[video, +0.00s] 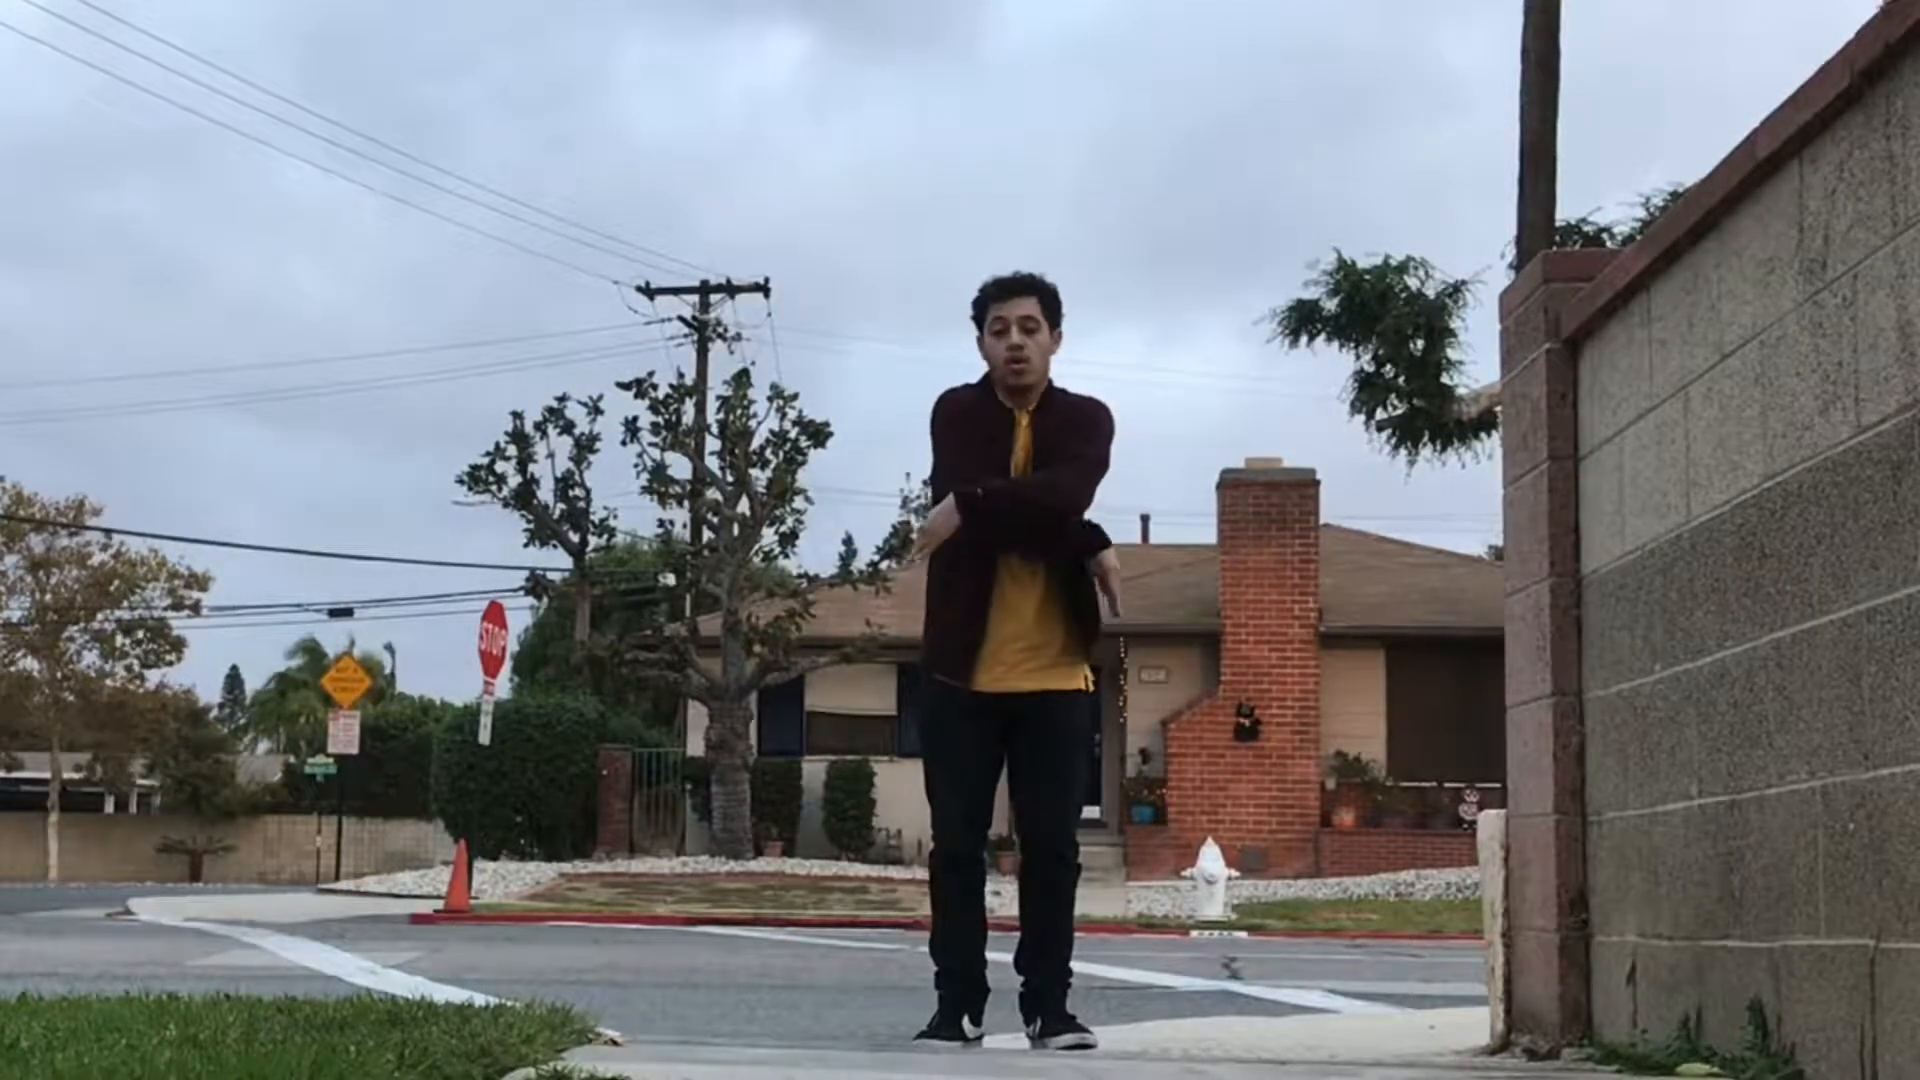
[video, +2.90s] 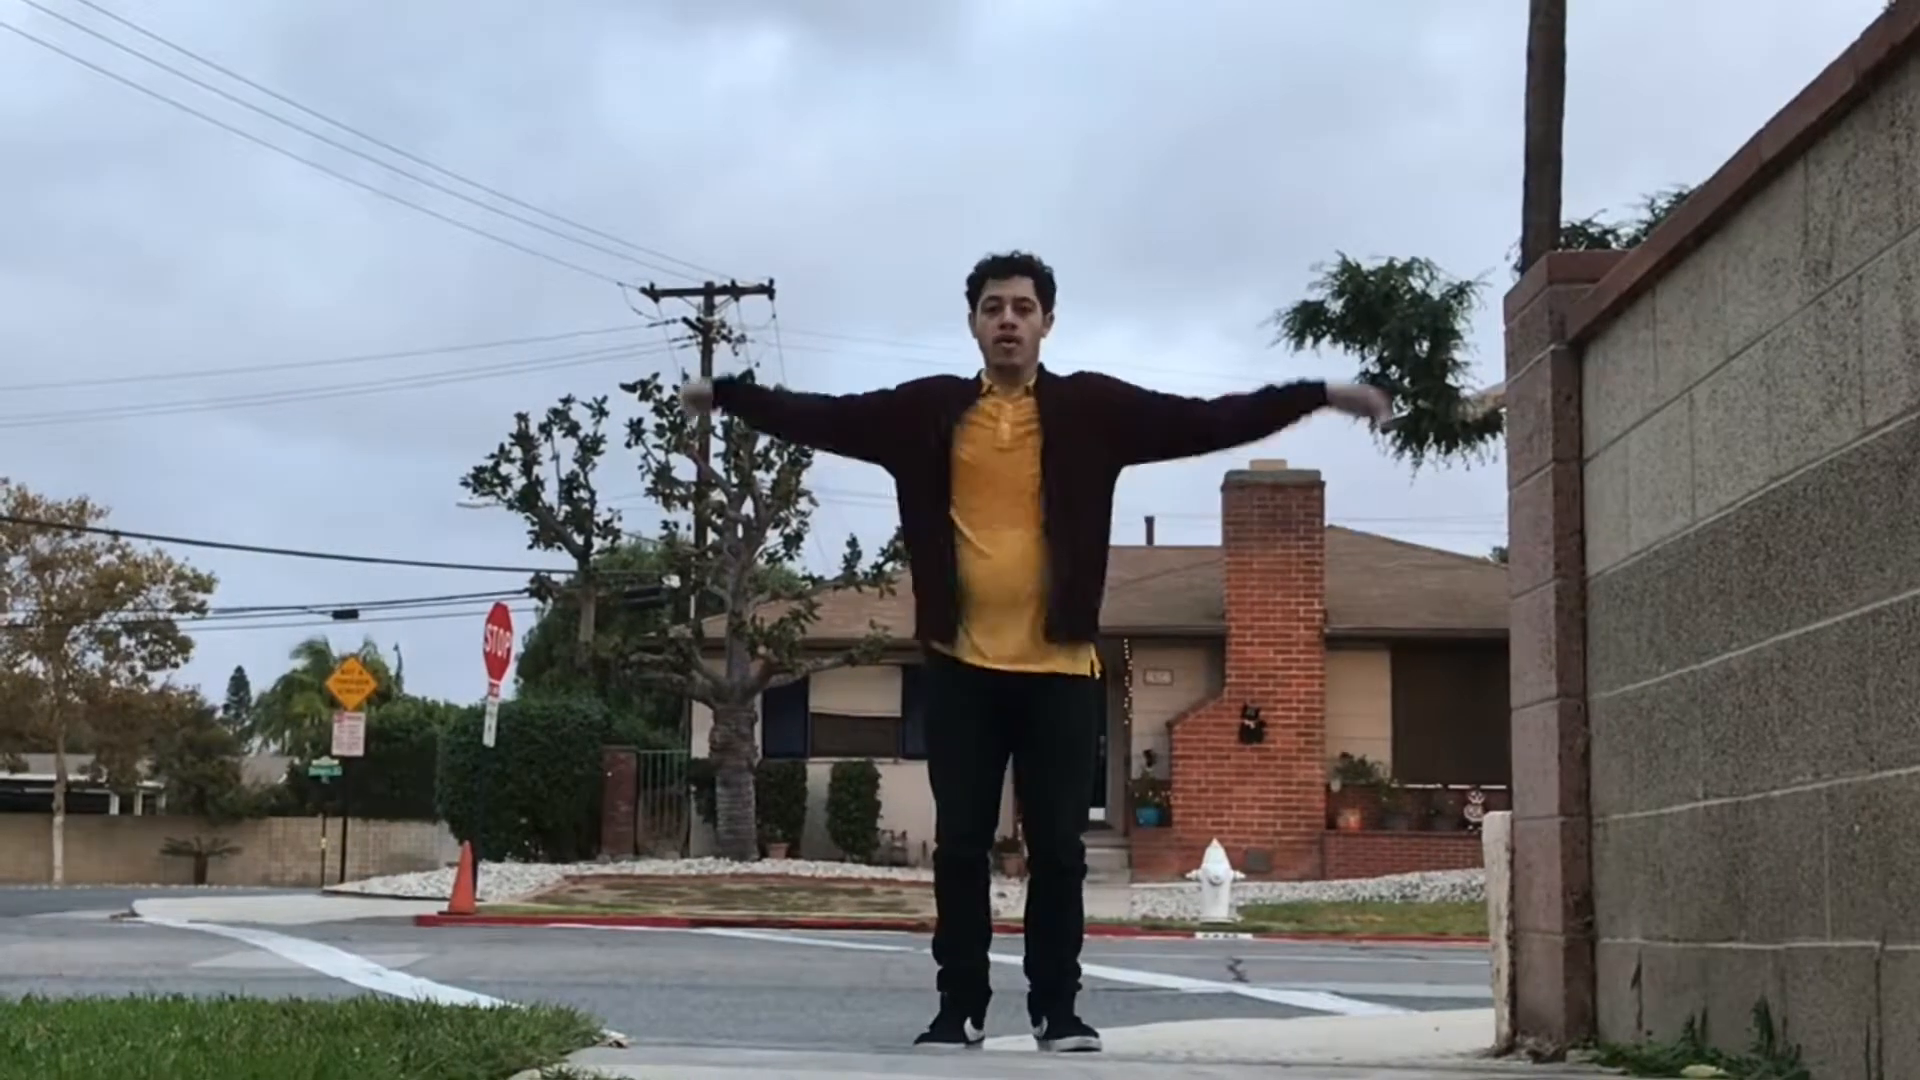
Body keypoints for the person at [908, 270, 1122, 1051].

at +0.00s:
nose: (1015, 343)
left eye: (1029, 329)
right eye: (999, 330)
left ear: (1055, 340)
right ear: (981, 342)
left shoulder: (1087, 417)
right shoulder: (956, 411)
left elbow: (1064, 497)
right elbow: (978, 516)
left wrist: (968, 504)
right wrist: (1088, 541)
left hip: (1057, 676)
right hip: (963, 672)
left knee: (1053, 851)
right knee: (957, 847)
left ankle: (1048, 1009)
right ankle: (958, 1007)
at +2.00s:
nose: (1004, 330)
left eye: (1018, 317)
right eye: (989, 317)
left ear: (1040, 331)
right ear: (968, 332)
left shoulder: (1073, 406)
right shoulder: (938, 411)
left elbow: (1081, 491)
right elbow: (942, 510)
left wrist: (997, 540)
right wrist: (1033, 558)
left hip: (1054, 667)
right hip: (960, 668)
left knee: (1062, 847)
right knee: (949, 846)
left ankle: (1048, 1007)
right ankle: (959, 1007)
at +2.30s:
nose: (1009, 338)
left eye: (1023, 325)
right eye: (993, 326)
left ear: (1044, 341)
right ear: (972, 341)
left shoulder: (1077, 419)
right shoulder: (940, 422)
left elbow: (1100, 501)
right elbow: (925, 512)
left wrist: (999, 533)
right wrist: (1023, 540)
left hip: (1058, 676)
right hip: (957, 675)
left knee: (1096, 821)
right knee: (921, 825)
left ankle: (1057, 979)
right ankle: (956, 981)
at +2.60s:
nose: (1010, 326)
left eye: (1025, 313)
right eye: (996, 313)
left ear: (1048, 328)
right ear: (976, 328)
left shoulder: (1086, 418)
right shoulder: (941, 418)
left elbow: (1079, 518)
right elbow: (940, 521)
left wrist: (1022, 582)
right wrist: (987, 589)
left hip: (1058, 675)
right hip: (960, 672)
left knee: (1061, 848)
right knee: (956, 847)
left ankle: (1054, 1008)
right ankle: (958, 1010)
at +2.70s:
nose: (1011, 319)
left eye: (1025, 308)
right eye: (997, 308)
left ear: (1049, 325)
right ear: (975, 325)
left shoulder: (1087, 420)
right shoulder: (937, 424)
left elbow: (1111, 528)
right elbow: (908, 527)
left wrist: (1129, 620)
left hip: (1061, 673)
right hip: (962, 676)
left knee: (1058, 849)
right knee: (958, 848)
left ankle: (1055, 1010)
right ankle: (958, 1010)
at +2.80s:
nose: (1009, 320)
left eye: (1024, 308)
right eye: (995, 308)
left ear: (1047, 324)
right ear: (975, 324)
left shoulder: (1089, 416)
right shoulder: (932, 417)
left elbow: (1177, 487)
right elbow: (836, 474)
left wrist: (1276, 533)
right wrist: (747, 520)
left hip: (1061, 674)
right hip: (962, 674)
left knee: (1059, 850)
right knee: (960, 849)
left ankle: (1058, 1012)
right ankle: (959, 1013)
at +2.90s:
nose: (1008, 319)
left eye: (1023, 307)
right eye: (995, 307)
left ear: (1048, 323)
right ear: (972, 321)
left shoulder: (1094, 407)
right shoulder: (923, 409)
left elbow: (1210, 420)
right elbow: (818, 416)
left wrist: (1322, 393)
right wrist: (725, 392)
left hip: (1060, 670)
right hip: (958, 668)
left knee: (1058, 846)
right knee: (961, 842)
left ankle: (1055, 1013)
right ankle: (960, 1012)